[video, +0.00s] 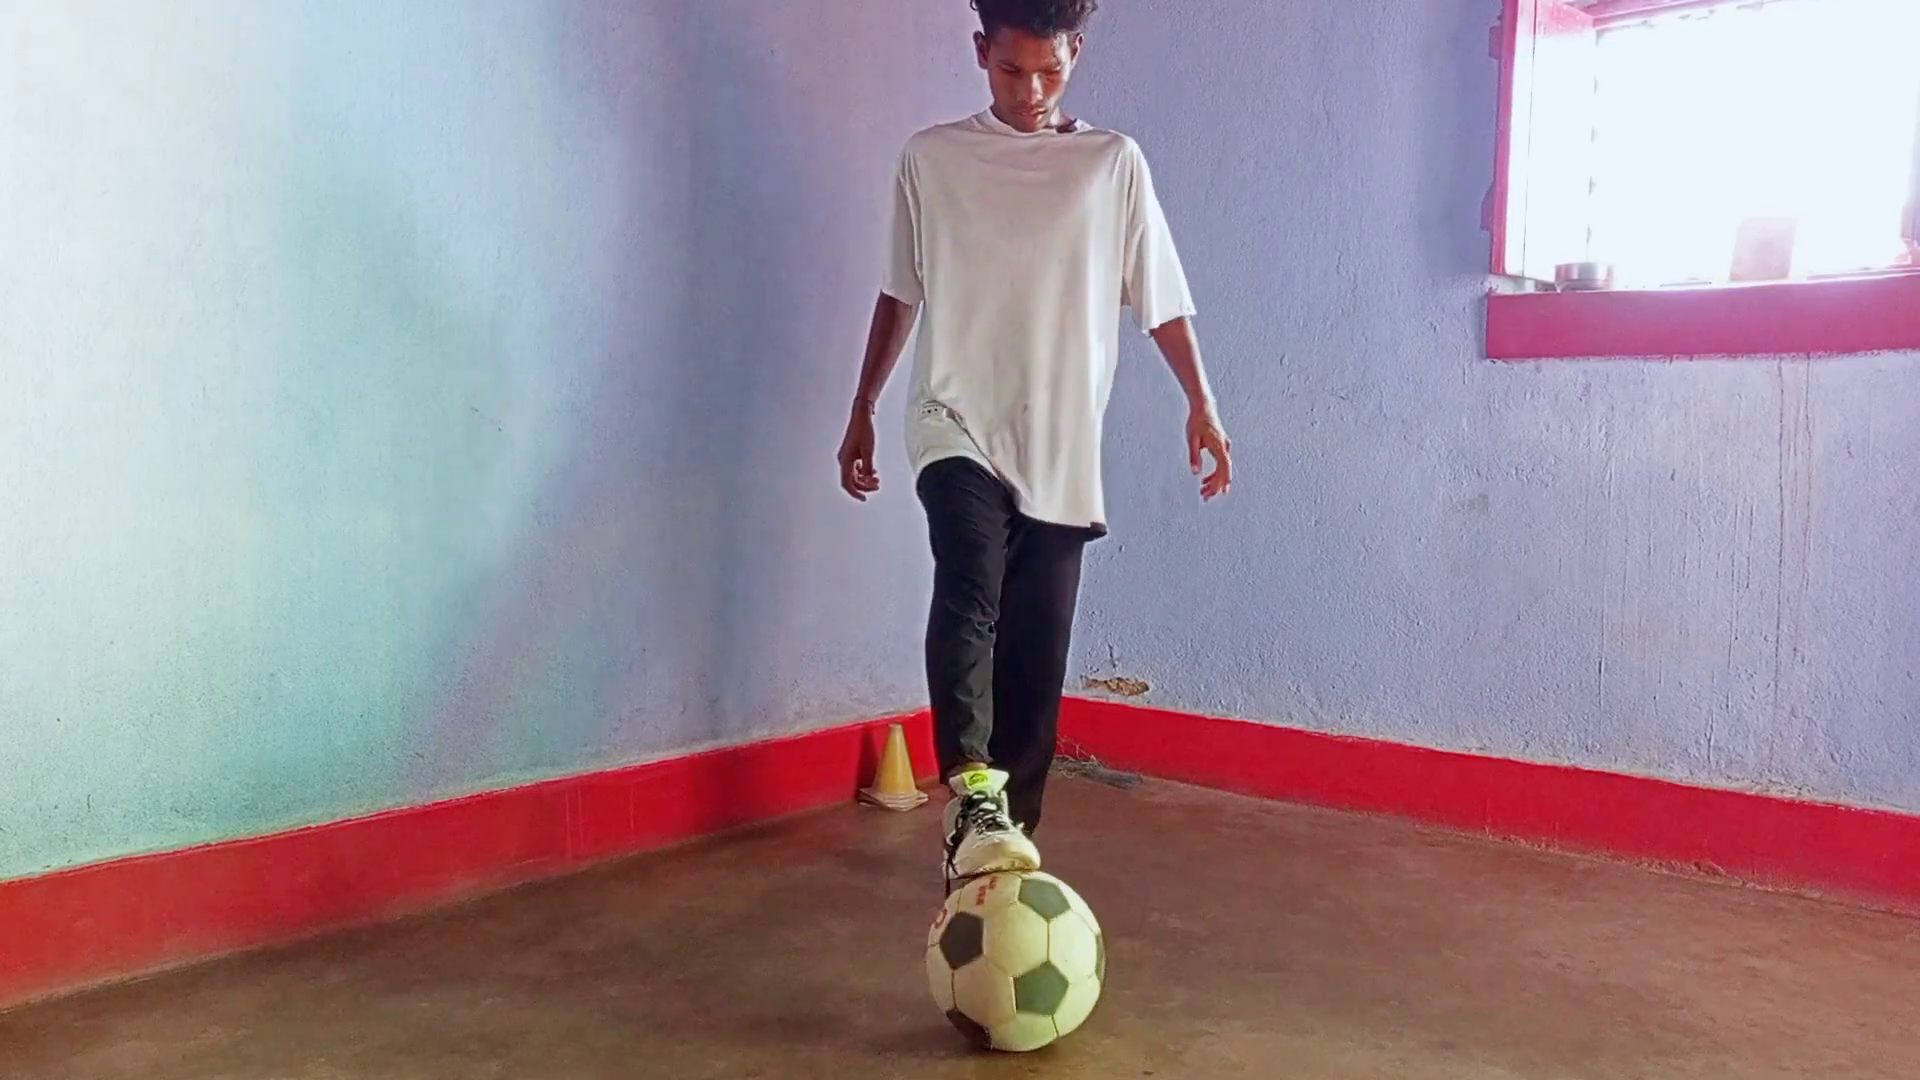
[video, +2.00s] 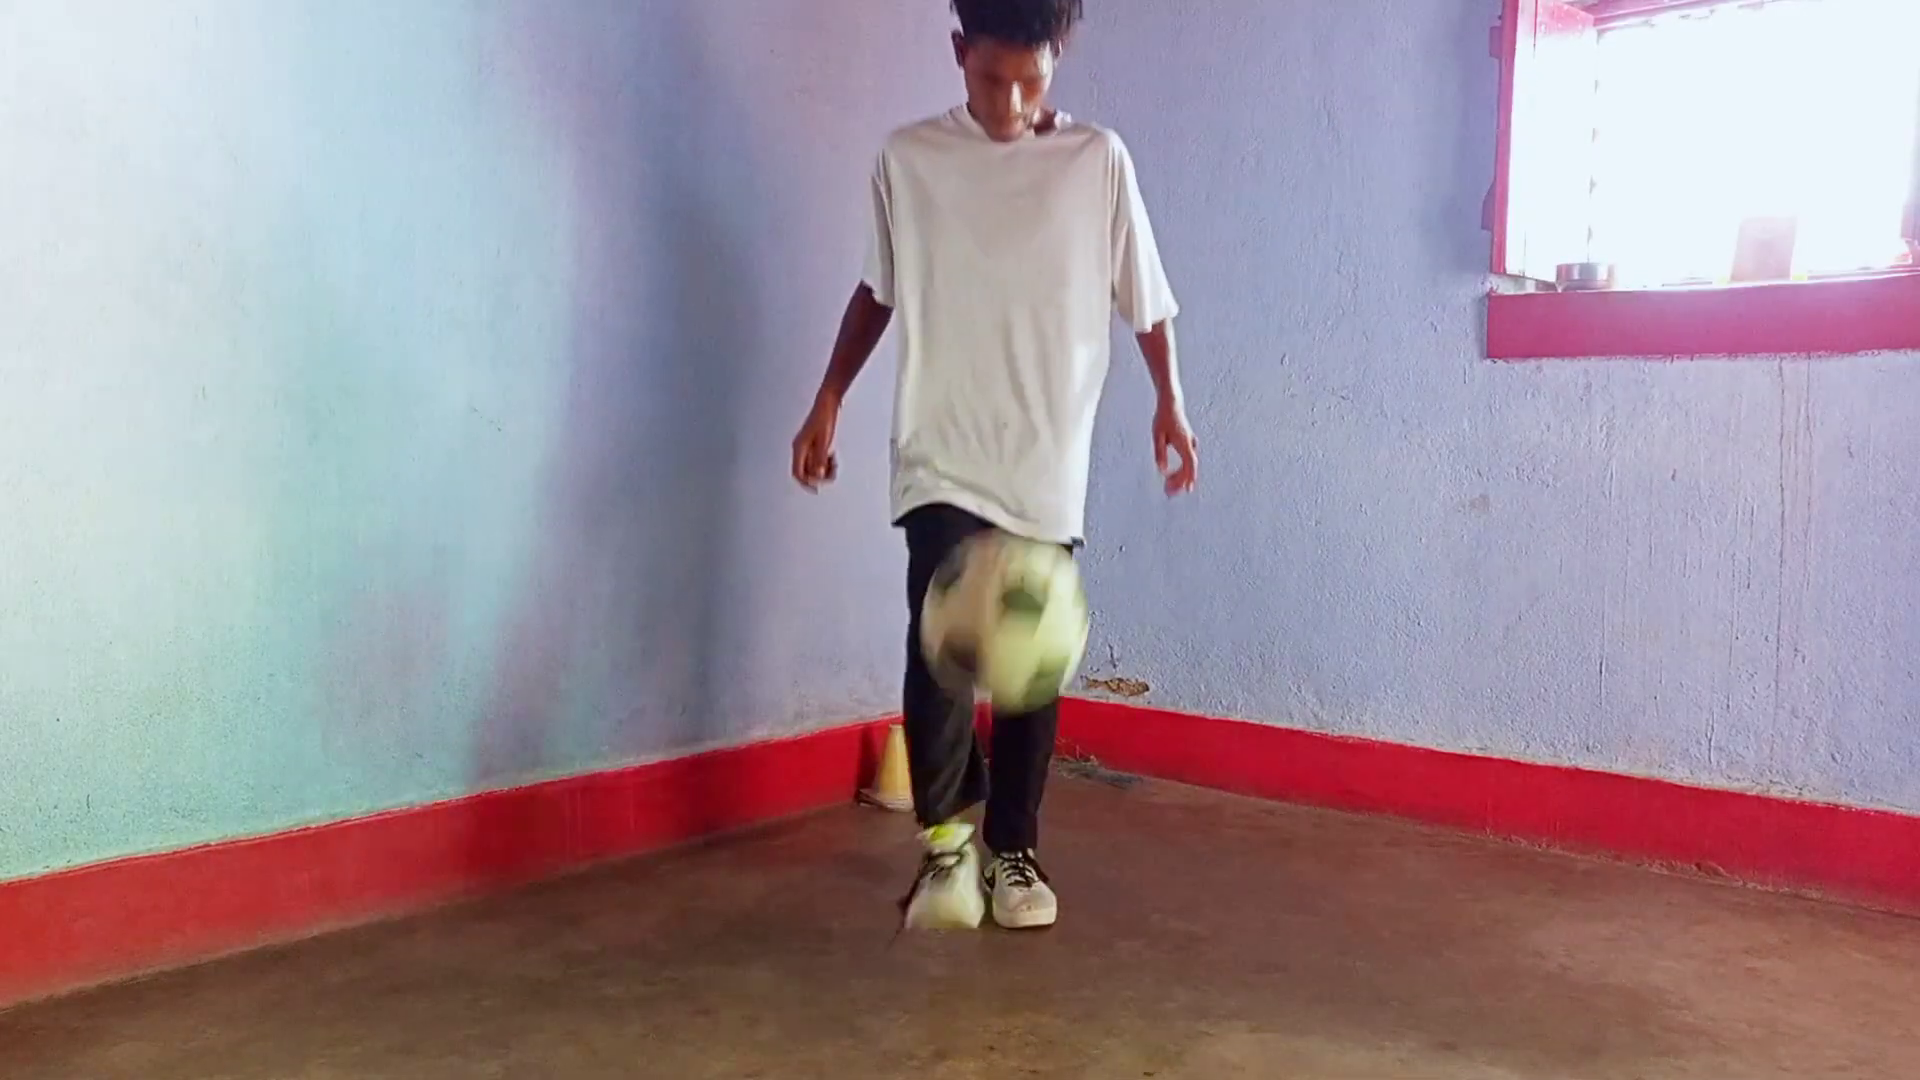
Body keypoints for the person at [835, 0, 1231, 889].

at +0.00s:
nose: (1031, 92)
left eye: (1048, 74)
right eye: (1014, 72)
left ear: (1074, 58)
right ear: (983, 53)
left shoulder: (1114, 162)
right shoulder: (931, 157)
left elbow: (1159, 299)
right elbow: (900, 295)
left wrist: (1201, 401)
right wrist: (862, 410)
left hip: (1061, 441)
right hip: (956, 420)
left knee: (1037, 653)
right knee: (972, 573)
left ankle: (1010, 845)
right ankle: (970, 788)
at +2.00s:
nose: (1012, 104)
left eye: (1032, 84)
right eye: (996, 82)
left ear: (1059, 62)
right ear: (960, 52)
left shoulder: (1097, 158)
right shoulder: (910, 156)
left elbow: (1144, 293)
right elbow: (877, 292)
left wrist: (1169, 403)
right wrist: (825, 404)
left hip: (1049, 451)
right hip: (940, 443)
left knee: (1036, 662)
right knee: (940, 650)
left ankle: (1014, 856)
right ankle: (946, 845)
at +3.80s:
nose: (1115, 111)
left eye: (1135, 93)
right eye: (1099, 86)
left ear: (1155, 79)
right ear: (1063, 58)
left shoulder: (1164, 194)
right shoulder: (981, 140)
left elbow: (1191, 340)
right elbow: (904, 265)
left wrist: (1229, 458)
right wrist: (862, 362)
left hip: (1061, 456)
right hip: (959, 430)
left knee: (1060, 659)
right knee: (986, 586)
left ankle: (1035, 865)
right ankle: (984, 840)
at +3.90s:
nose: (1127, 97)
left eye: (1146, 81)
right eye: (1113, 73)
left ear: (1167, 73)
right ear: (1078, 48)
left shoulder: (1176, 178)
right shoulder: (1000, 122)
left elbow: (1202, 313)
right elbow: (911, 226)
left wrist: (1233, 422)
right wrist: (868, 323)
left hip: (1071, 437)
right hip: (975, 385)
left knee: (1064, 656)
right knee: (975, 476)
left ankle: (1022, 855)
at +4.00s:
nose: (1118, 71)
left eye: (1137, 53)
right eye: (1101, 47)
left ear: (1160, 47)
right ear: (1064, 31)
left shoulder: (1178, 152)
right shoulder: (991, 112)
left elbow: (1215, 277)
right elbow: (910, 211)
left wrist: (1257, 362)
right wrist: (830, 271)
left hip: (1085, 419)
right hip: (995, 376)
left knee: (1077, 623)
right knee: (998, 249)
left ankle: (1029, 839)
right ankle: (936, 405)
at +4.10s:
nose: (1090, 60)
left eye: (1112, 42)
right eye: (1074, 35)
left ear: (1140, 38)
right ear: (1044, 24)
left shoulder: (1174, 142)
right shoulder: (978, 112)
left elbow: (1254, 253)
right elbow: (916, 227)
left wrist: (1313, 336)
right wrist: (825, 265)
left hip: (1087, 384)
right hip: (978, 365)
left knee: (1073, 604)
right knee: (1001, 167)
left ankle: (1026, 843)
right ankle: (965, 369)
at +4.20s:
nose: (1062, 58)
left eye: (1086, 36)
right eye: (1046, 32)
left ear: (1122, 25)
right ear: (1021, 19)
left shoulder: (1167, 138)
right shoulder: (963, 121)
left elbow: (1265, 243)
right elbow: (922, 252)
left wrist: (1357, 328)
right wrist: (842, 313)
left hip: (1078, 411)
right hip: (980, 388)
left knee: (1069, 616)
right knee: (1045, 233)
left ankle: (1018, 846)